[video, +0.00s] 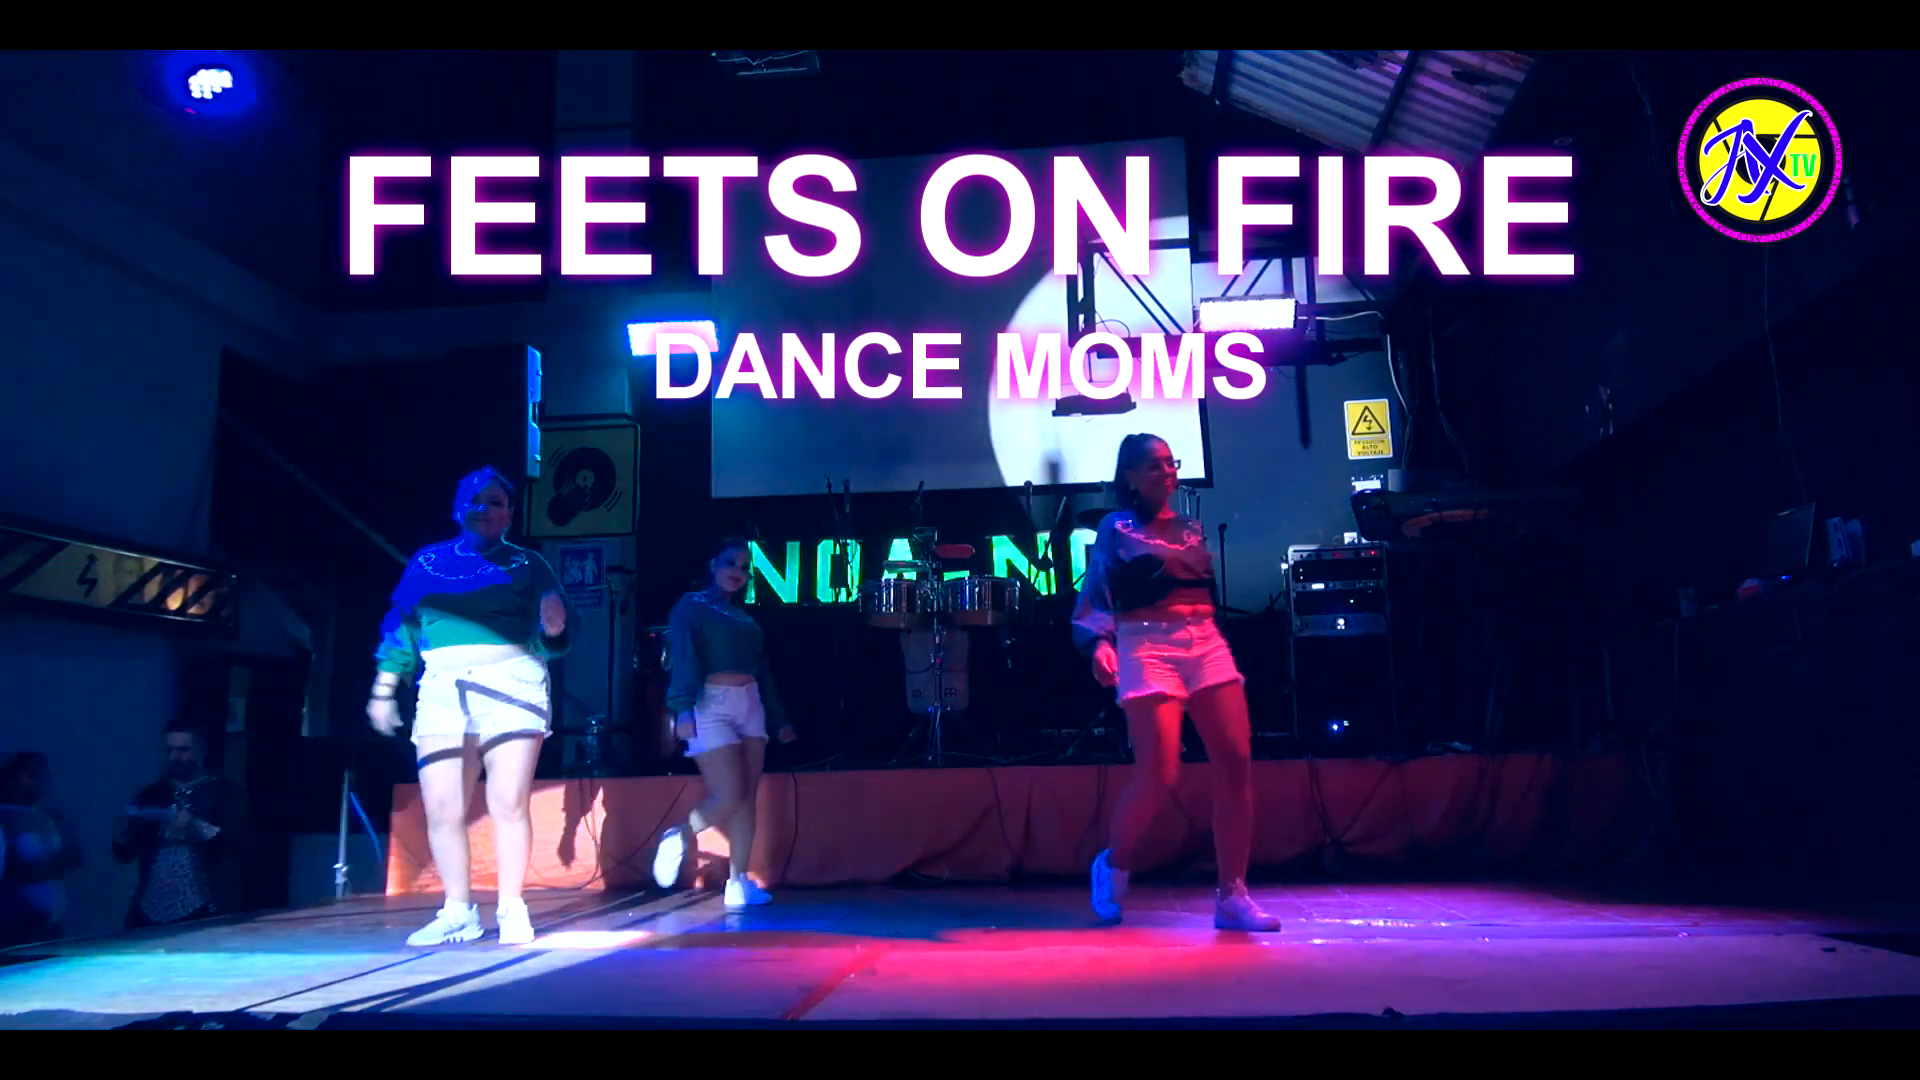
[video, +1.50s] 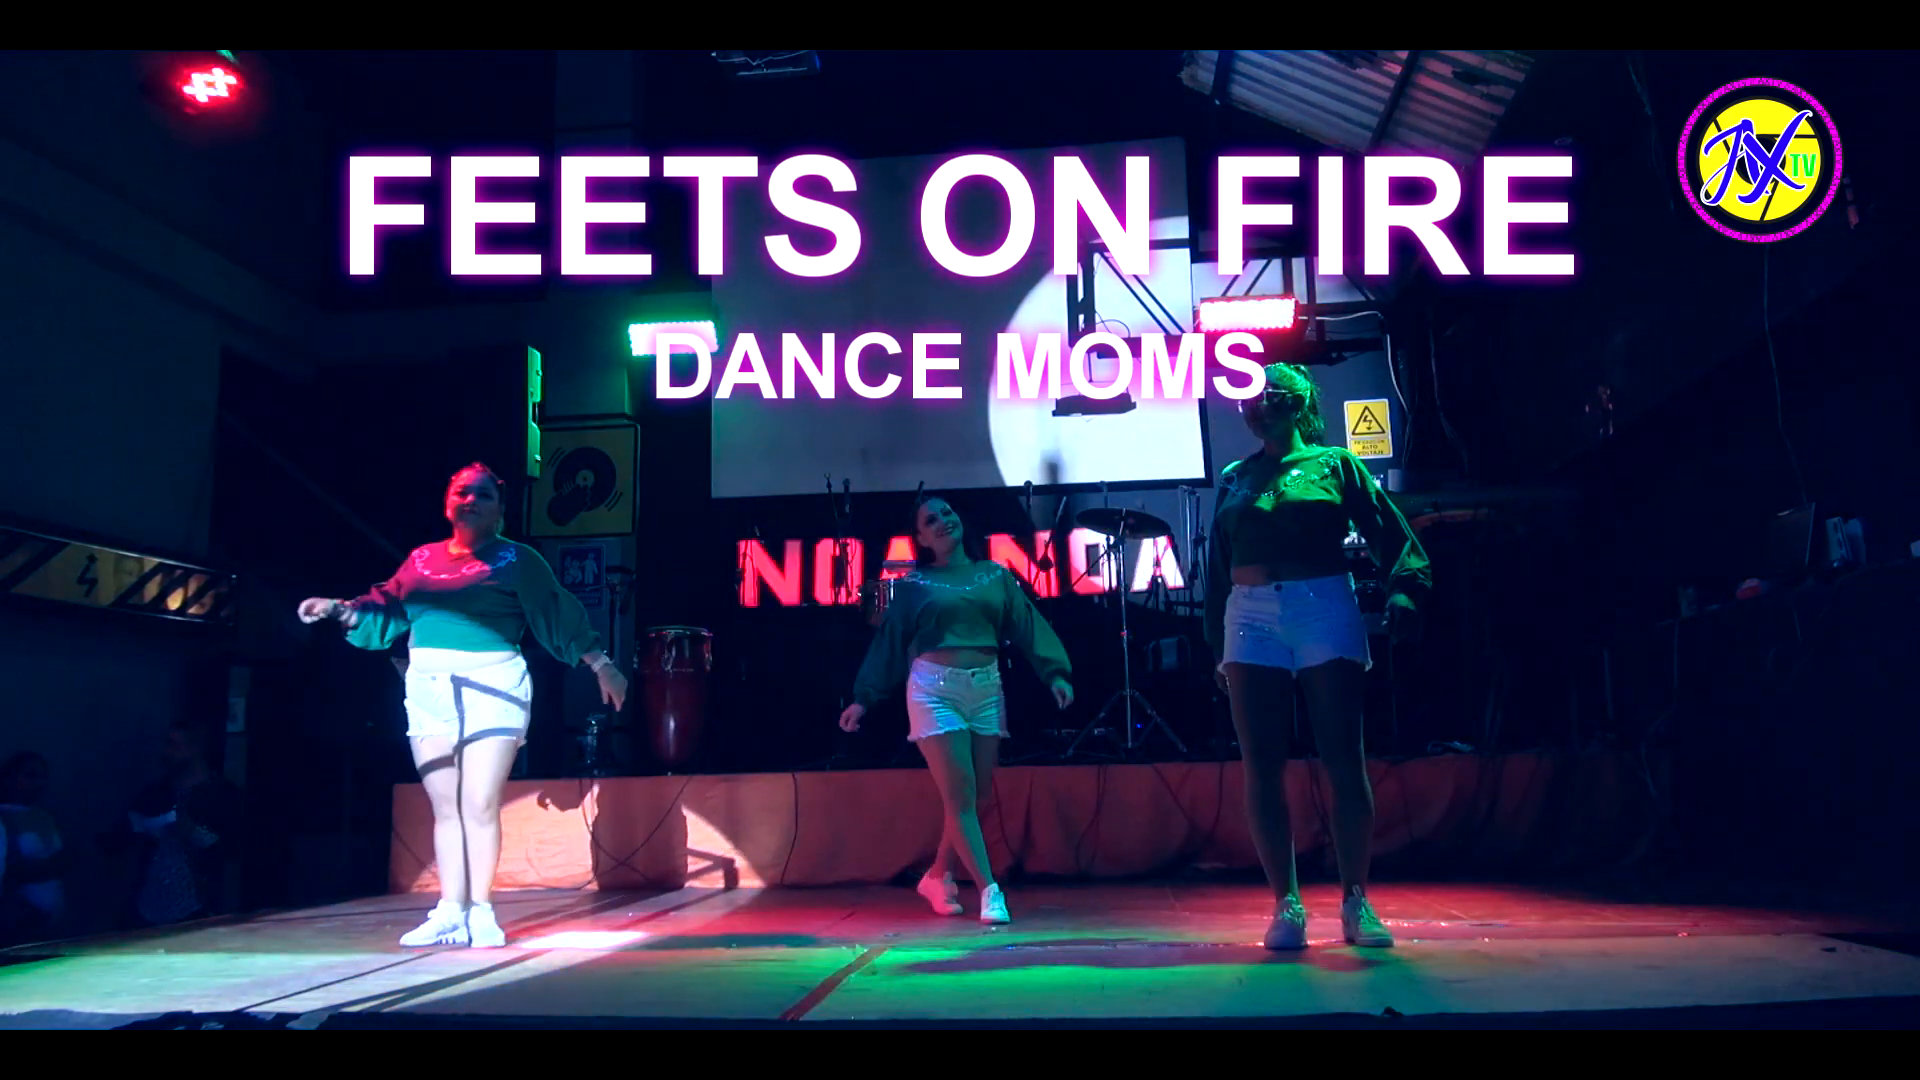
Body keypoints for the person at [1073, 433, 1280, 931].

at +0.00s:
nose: (1169, 471)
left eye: (1171, 463)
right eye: (1156, 465)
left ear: (1177, 471)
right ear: (1129, 476)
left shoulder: (1191, 529)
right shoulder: (1115, 529)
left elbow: (1202, 590)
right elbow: (1094, 601)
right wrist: (1098, 641)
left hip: (1204, 639)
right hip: (1145, 645)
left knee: (1236, 759)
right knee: (1160, 773)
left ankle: (1233, 894)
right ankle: (1111, 868)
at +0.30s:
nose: (1189, 444)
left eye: (1198, 436)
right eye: (1180, 439)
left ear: (1219, 448)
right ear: (1170, 455)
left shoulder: (1255, 500)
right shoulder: (1158, 515)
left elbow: (1303, 566)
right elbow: (1140, 599)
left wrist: (1331, 625)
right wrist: (1147, 675)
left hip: (1257, 632)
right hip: (1191, 635)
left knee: (1246, 771)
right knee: (1226, 763)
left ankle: (1232, 896)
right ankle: (1263, 898)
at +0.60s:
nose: (1211, 438)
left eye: (1222, 428)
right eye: (1205, 432)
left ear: (1248, 436)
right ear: (1202, 444)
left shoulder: (1296, 491)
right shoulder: (1197, 508)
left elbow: (1350, 557)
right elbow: (1176, 593)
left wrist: (1374, 616)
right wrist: (1176, 666)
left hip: (1284, 630)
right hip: (1215, 628)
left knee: (1311, 769)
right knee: (1240, 767)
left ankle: (1255, 855)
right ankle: (1273, 905)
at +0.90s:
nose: (1257, 424)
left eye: (1267, 415)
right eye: (1249, 417)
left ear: (1288, 420)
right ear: (1235, 426)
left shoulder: (1326, 475)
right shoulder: (1222, 487)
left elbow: (1362, 544)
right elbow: (1196, 565)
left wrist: (1371, 606)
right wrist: (1189, 625)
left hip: (1322, 613)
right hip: (1246, 615)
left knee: (1340, 755)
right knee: (1259, 762)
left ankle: (1353, 898)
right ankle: (1278, 901)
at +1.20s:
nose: (1269, 420)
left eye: (1280, 411)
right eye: (1262, 414)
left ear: (1309, 420)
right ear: (1255, 428)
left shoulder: (1351, 482)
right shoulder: (1242, 496)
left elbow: (1394, 562)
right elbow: (1224, 582)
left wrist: (1412, 627)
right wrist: (1221, 652)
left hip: (1351, 615)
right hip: (1273, 624)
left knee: (1368, 757)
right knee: (1264, 762)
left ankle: (1359, 900)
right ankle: (1278, 896)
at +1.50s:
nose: (1253, 406)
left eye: (1265, 397)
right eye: (1250, 399)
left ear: (1298, 405)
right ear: (1249, 413)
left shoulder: (1338, 465)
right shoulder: (1235, 480)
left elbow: (1401, 542)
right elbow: (1217, 572)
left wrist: (1399, 596)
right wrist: (1220, 644)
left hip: (1325, 609)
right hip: (1249, 613)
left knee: (1343, 759)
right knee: (1262, 764)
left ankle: (1355, 901)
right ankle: (1286, 904)